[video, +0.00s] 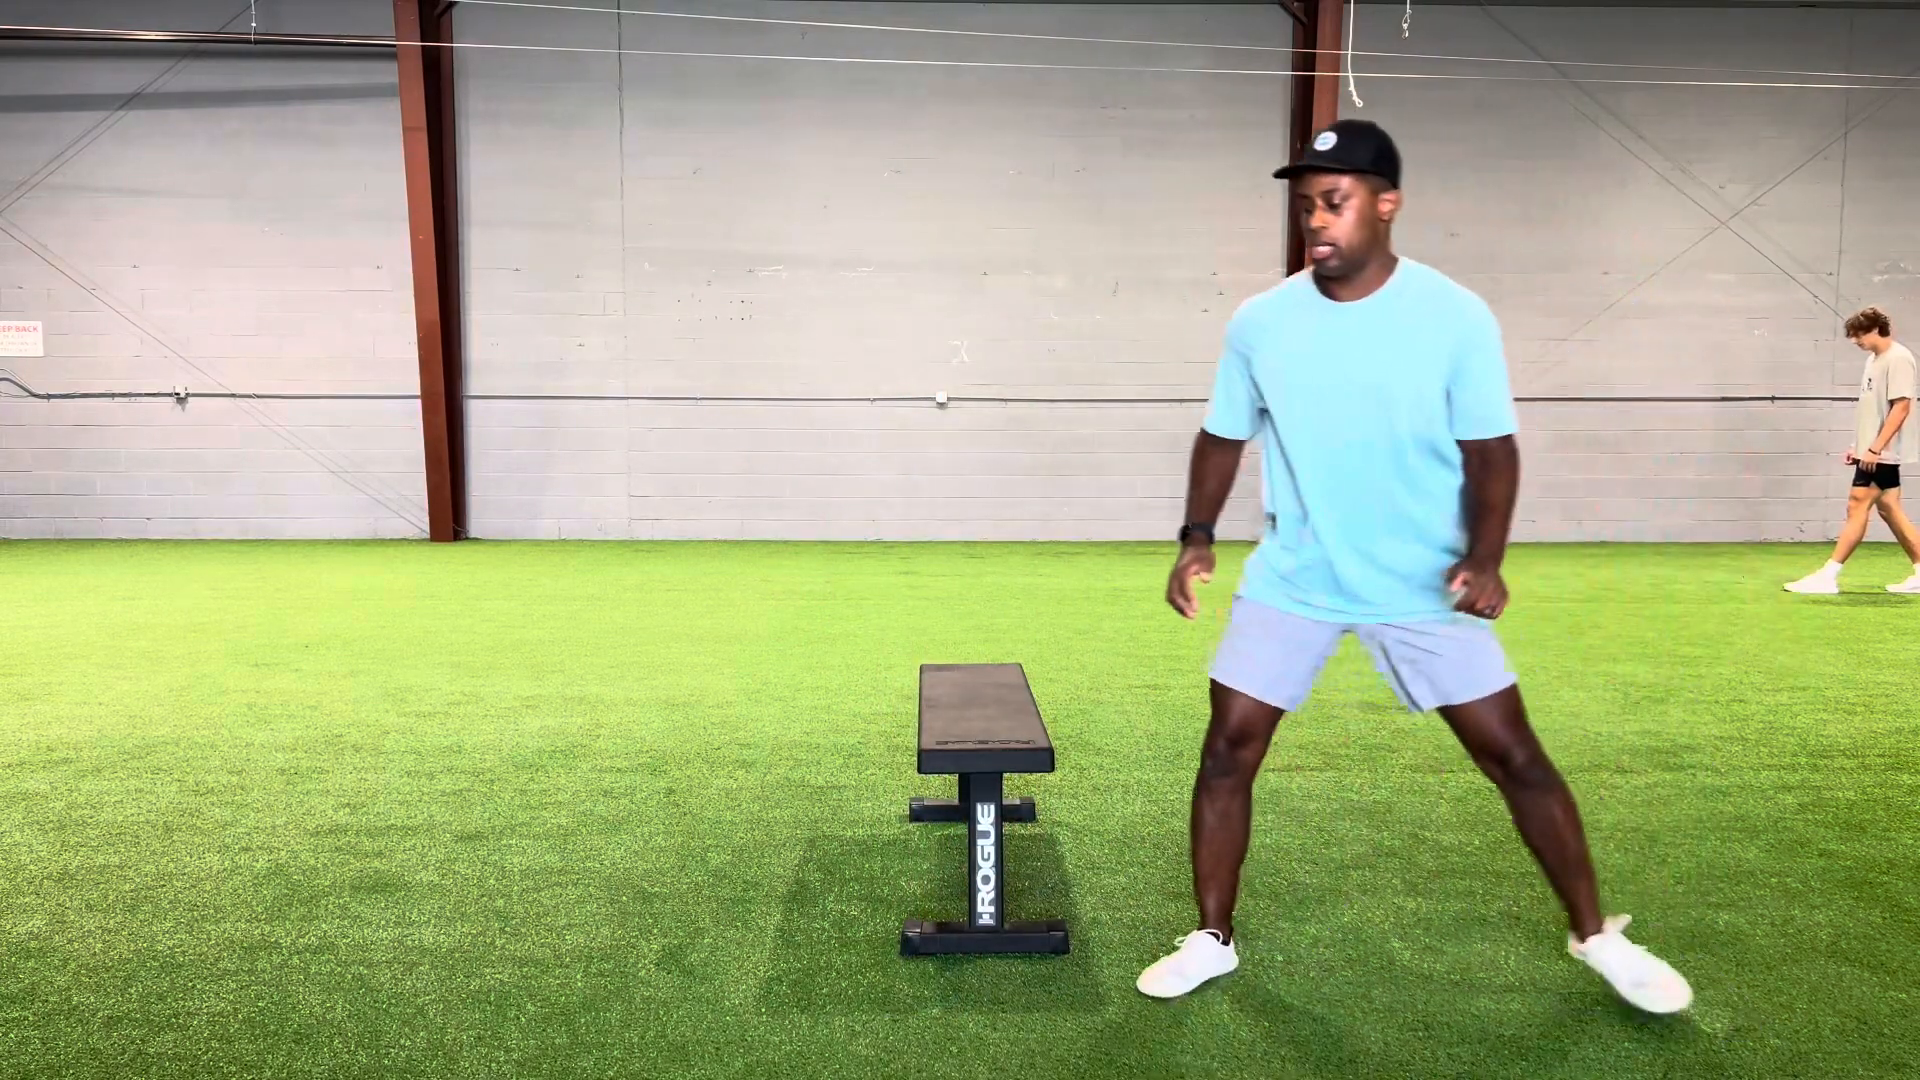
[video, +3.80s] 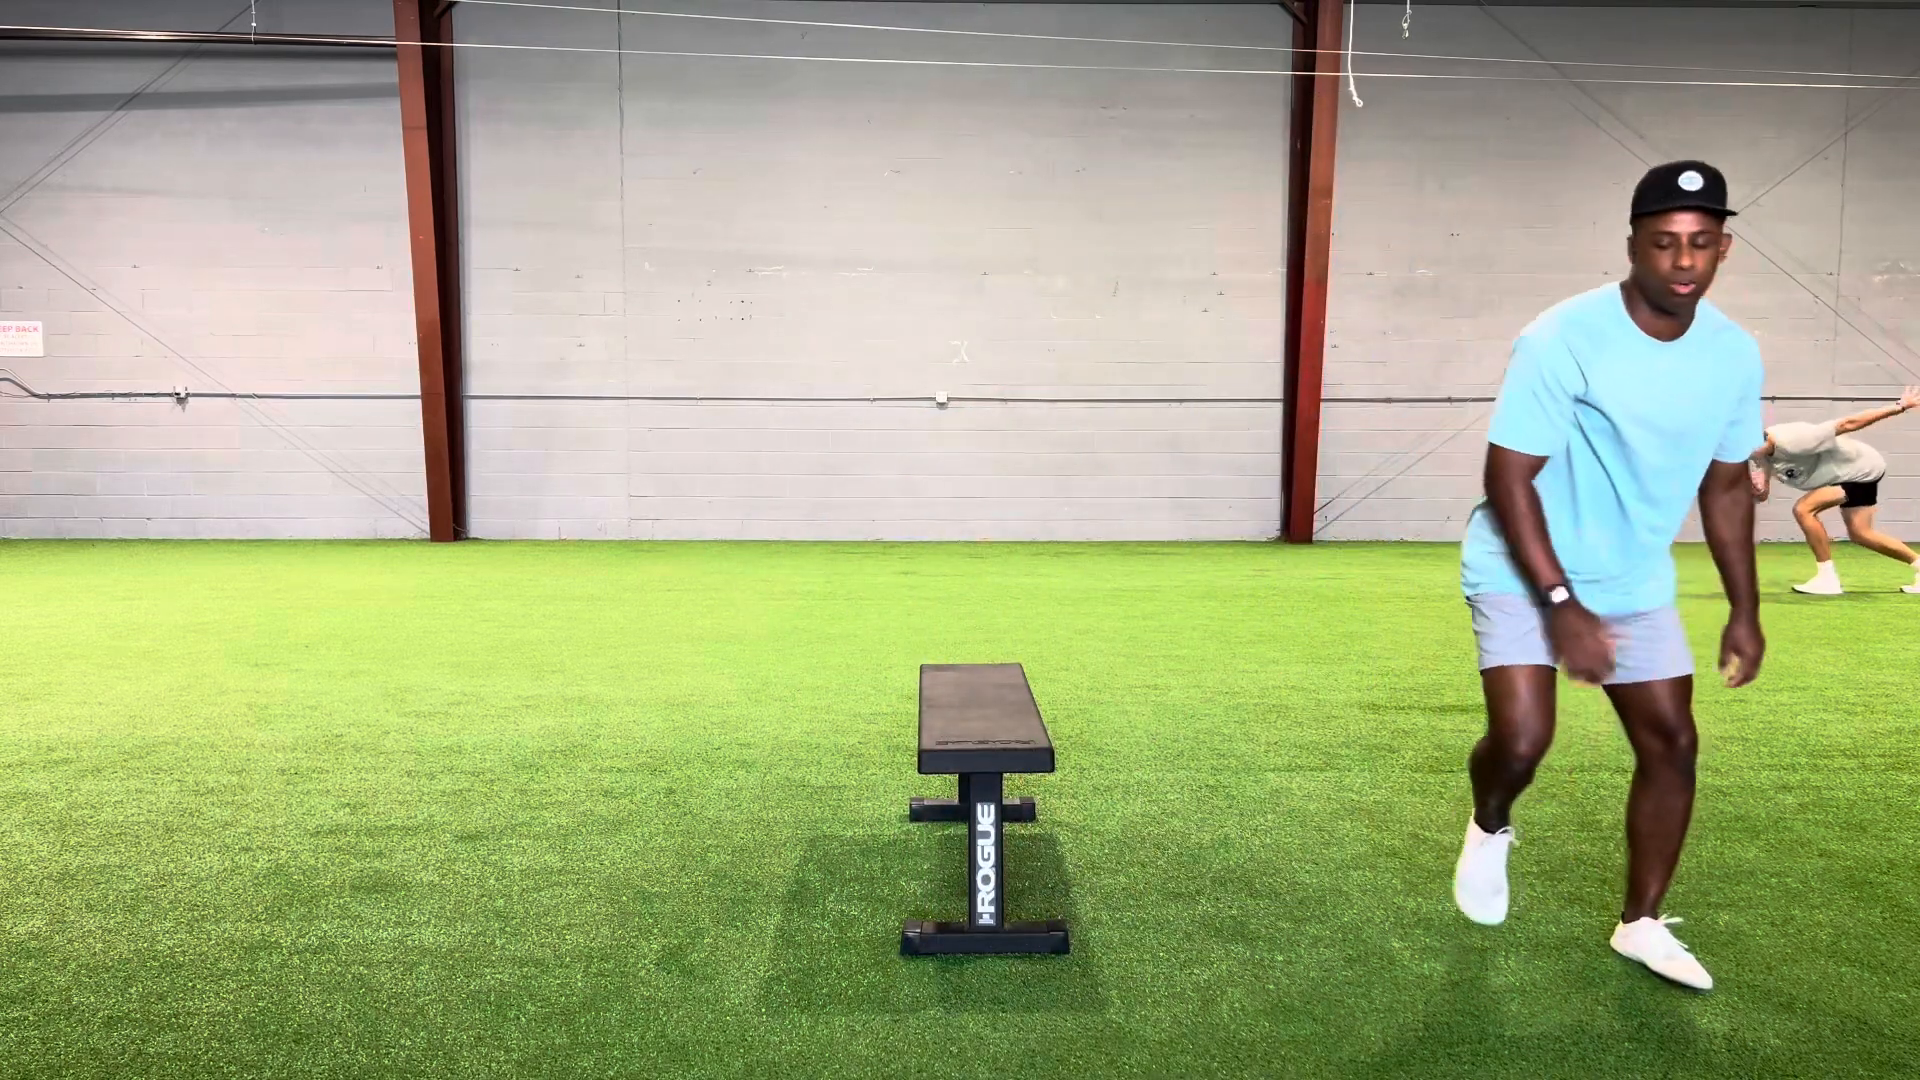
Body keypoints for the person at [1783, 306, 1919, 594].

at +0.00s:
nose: (1857, 343)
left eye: (1859, 336)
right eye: (1855, 338)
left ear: (1876, 330)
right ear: (1869, 334)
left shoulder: (1899, 357)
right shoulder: (1875, 359)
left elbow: (1902, 408)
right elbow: (1872, 409)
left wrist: (1876, 449)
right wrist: (1858, 447)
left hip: (1881, 452)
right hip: (1873, 452)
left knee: (1858, 506)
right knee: (1890, 510)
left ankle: (1828, 575)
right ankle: (1919, 570)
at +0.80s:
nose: (1836, 348)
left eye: (1839, 341)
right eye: (1831, 345)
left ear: (1852, 336)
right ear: (1829, 347)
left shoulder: (1873, 361)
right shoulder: (1843, 369)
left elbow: (1884, 409)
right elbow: (1848, 412)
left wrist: (1857, 450)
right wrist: (1837, 445)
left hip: (1881, 450)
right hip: (1871, 450)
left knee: (1841, 501)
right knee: (1894, 511)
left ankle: (1826, 574)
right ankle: (1919, 571)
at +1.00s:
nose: (1808, 361)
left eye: (1811, 354)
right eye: (1803, 358)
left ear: (1825, 347)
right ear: (1801, 358)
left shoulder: (1845, 370)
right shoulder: (1816, 378)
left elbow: (1858, 418)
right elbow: (1823, 416)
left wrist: (1843, 457)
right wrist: (1826, 449)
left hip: (1875, 448)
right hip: (1866, 449)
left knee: (1837, 501)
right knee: (1889, 509)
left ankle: (1826, 574)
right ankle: (1919, 567)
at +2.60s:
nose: (1775, 384)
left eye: (1777, 377)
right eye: (1772, 379)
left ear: (1792, 370)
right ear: (1788, 373)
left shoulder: (1823, 386)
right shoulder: (1796, 396)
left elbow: (1850, 427)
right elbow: (1811, 431)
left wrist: (1835, 471)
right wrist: (1814, 463)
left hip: (1869, 454)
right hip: (1863, 456)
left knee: (1822, 502)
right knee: (1885, 514)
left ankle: (1826, 576)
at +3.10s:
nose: (1762, 408)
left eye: (1760, 403)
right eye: (1758, 405)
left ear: (1770, 391)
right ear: (1769, 394)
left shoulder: (1807, 399)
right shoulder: (1784, 414)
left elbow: (1847, 430)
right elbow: (1800, 445)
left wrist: (1875, 470)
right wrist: (1796, 469)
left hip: (1862, 462)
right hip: (1853, 462)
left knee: (1817, 503)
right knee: (1881, 518)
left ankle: (1825, 577)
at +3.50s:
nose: (1753, 441)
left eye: (1751, 436)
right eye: (1749, 439)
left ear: (1760, 423)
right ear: (1757, 426)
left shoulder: (1795, 428)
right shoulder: (1771, 437)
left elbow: (1855, 434)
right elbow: (1782, 469)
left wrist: (1908, 444)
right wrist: (1777, 481)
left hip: (1864, 463)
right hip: (1861, 464)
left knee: (1814, 504)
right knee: (1868, 525)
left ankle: (1825, 577)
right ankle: (1919, 559)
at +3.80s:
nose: (1749, 452)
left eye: (1749, 446)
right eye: (1746, 448)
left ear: (1758, 438)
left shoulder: (1794, 442)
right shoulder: (1760, 454)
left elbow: (1847, 424)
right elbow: (1762, 495)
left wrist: (1899, 408)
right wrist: (1755, 491)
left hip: (1862, 470)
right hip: (1854, 471)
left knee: (1803, 509)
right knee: (1860, 533)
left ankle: (1827, 578)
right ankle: (1918, 563)